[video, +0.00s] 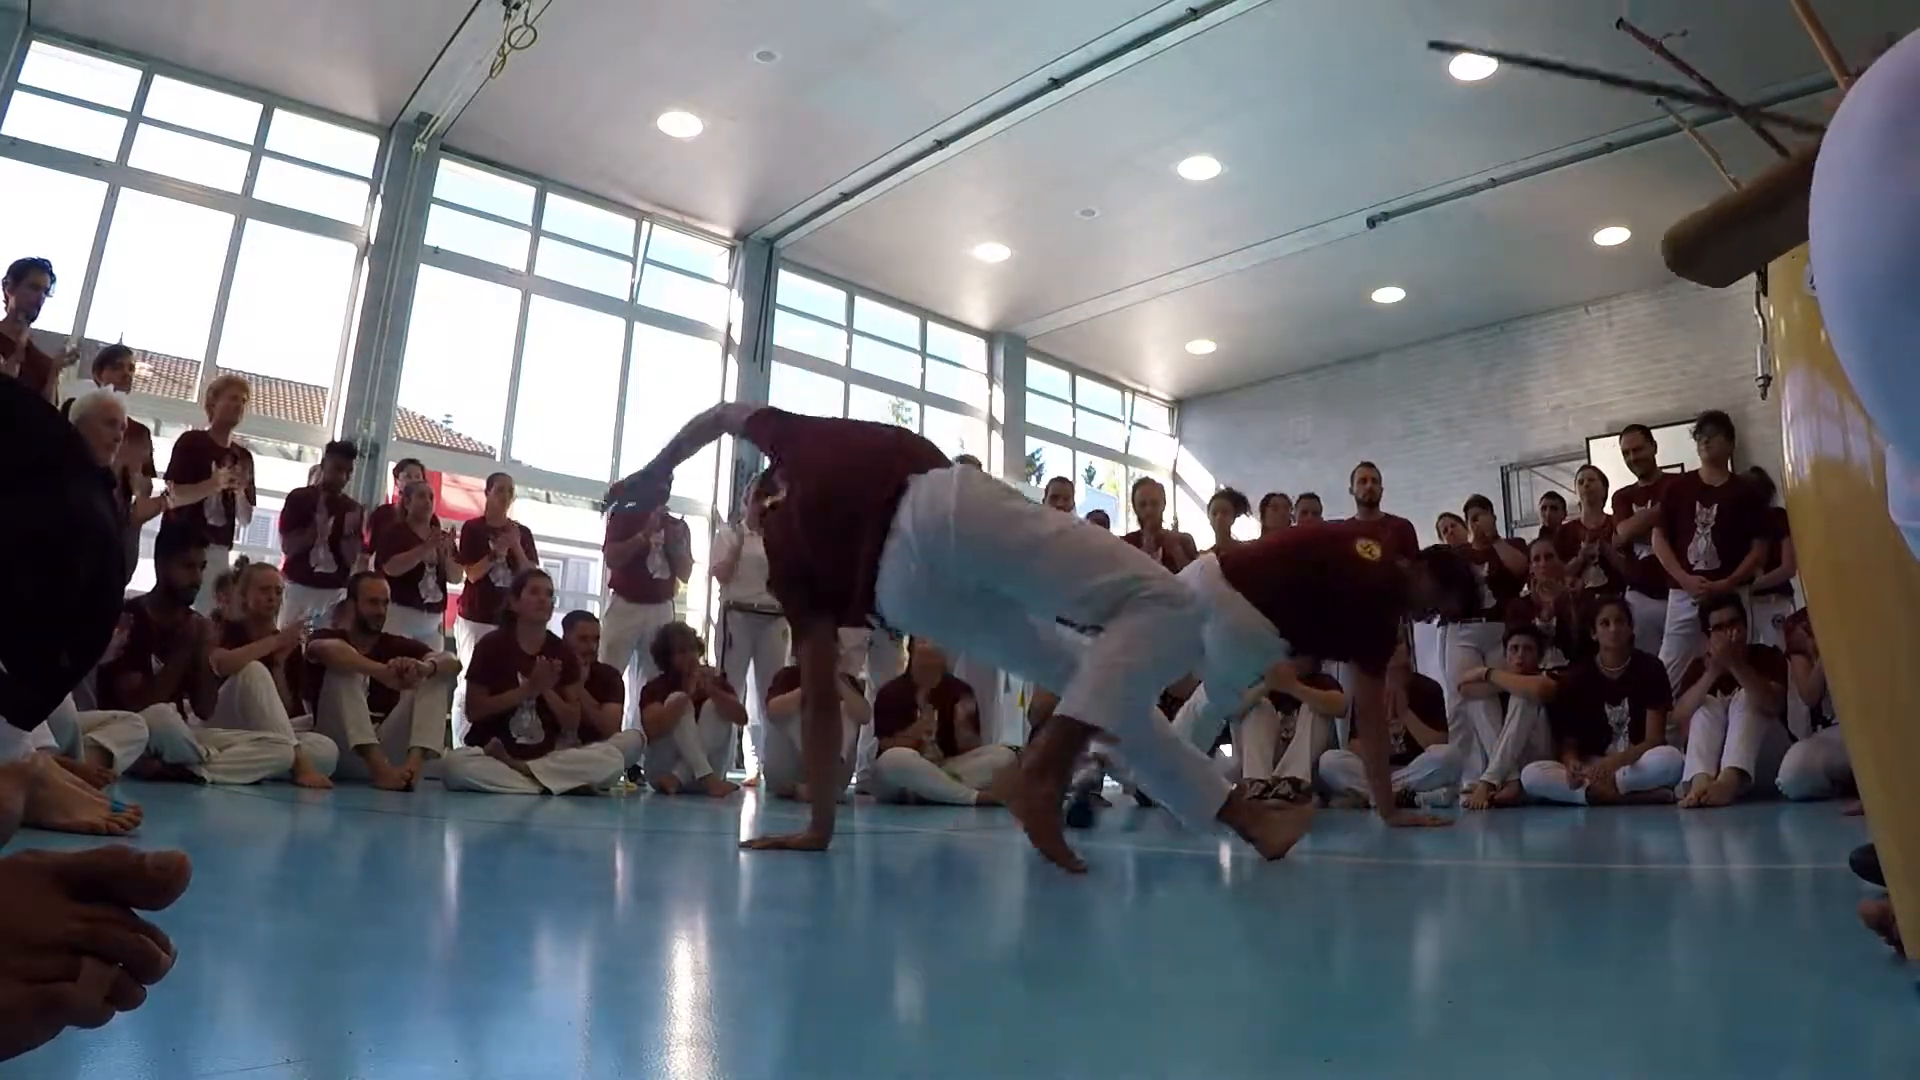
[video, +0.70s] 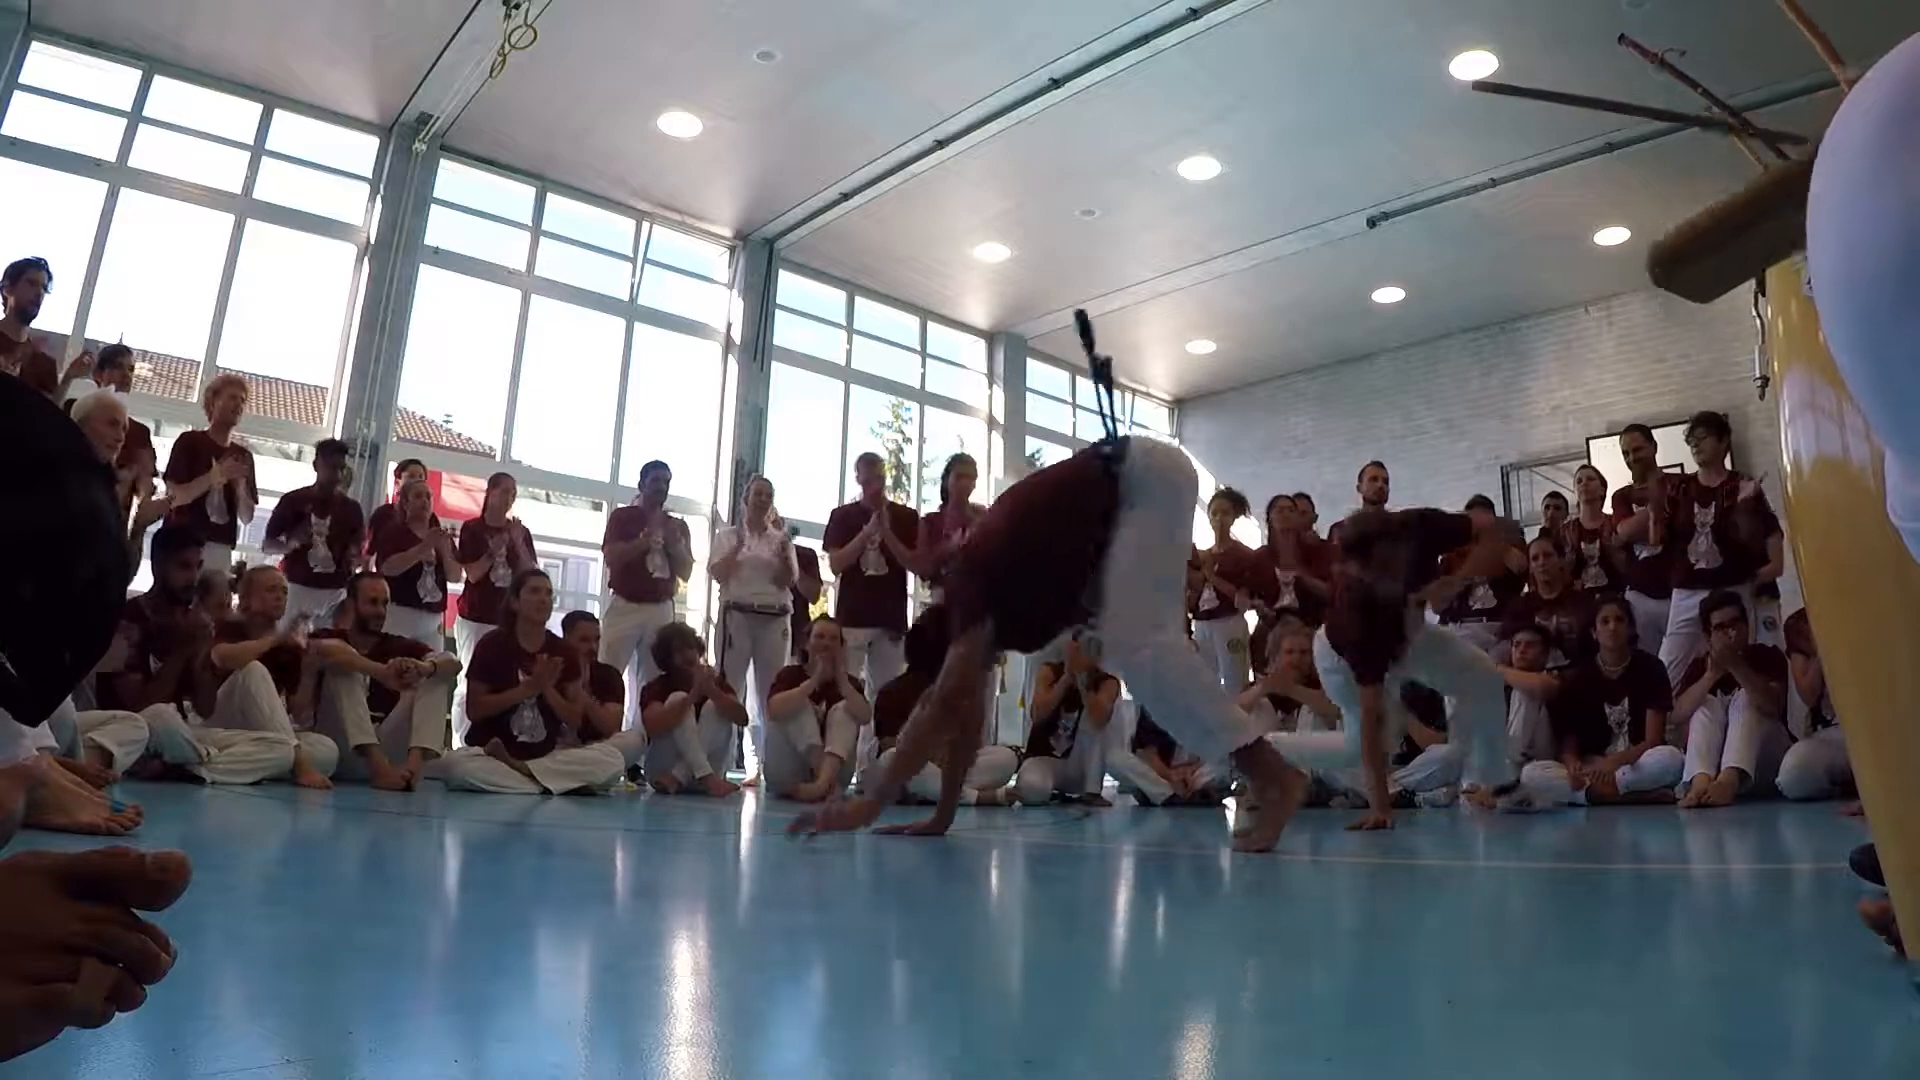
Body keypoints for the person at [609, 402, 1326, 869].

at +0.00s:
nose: (762, 502)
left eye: (760, 510)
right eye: (764, 499)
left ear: (760, 522)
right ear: (777, 482)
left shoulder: (797, 566)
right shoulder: (807, 449)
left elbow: (819, 693)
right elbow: (723, 415)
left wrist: (817, 823)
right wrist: (646, 477)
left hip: (906, 602)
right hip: (933, 507)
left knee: (1094, 687)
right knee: (1160, 604)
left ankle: (1245, 815)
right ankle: (1037, 776)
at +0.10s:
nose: (764, 570)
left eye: (758, 565)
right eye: (759, 558)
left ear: (762, 551)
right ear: (775, 497)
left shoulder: (793, 568)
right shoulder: (805, 460)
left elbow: (821, 695)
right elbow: (729, 465)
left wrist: (817, 827)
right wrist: (660, 518)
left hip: (909, 568)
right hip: (952, 482)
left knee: (1081, 689)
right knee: (1130, 603)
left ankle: (1230, 824)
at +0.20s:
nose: (782, 613)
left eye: (771, 600)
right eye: (771, 604)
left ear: (773, 576)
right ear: (778, 536)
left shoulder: (800, 565)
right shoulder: (824, 485)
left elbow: (826, 698)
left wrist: (819, 829)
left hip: (940, 536)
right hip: (998, 469)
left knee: (1069, 700)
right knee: (1085, 635)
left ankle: (1224, 822)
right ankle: (1147, 624)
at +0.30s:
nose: (807, 633)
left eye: (794, 622)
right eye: (799, 623)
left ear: (789, 596)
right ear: (803, 563)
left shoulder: (814, 563)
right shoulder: (852, 521)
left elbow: (831, 698)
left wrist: (818, 829)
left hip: (975, 511)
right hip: (1032, 466)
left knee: (1060, 699)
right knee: (1069, 627)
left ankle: (1220, 808)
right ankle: (1206, 667)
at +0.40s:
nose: (835, 658)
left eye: (825, 650)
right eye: (827, 655)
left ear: (823, 612)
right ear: (841, 599)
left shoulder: (843, 561)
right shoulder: (894, 571)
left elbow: (843, 705)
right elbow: (895, 686)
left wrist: (819, 830)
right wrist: (891, 786)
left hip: (1012, 499)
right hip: (1059, 457)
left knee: (1074, 693)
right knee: (1079, 632)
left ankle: (1237, 798)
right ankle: (1231, 723)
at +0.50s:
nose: (852, 685)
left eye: (845, 676)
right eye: (844, 681)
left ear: (846, 638)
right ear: (865, 626)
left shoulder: (873, 589)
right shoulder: (923, 608)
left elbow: (860, 716)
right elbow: (938, 713)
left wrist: (819, 832)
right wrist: (936, 816)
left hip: (1060, 473)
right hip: (1090, 465)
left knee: (1090, 684)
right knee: (1106, 646)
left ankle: (1253, 783)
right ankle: (1229, 730)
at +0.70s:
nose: (948, 694)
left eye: (942, 687)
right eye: (943, 692)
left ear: (942, 643)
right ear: (951, 640)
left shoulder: (971, 577)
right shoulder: (982, 604)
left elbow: (944, 702)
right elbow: (965, 713)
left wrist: (871, 798)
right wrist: (941, 817)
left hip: (1148, 470)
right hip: (1145, 481)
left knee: (1137, 642)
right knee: (1144, 643)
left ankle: (1270, 775)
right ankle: (1263, 772)